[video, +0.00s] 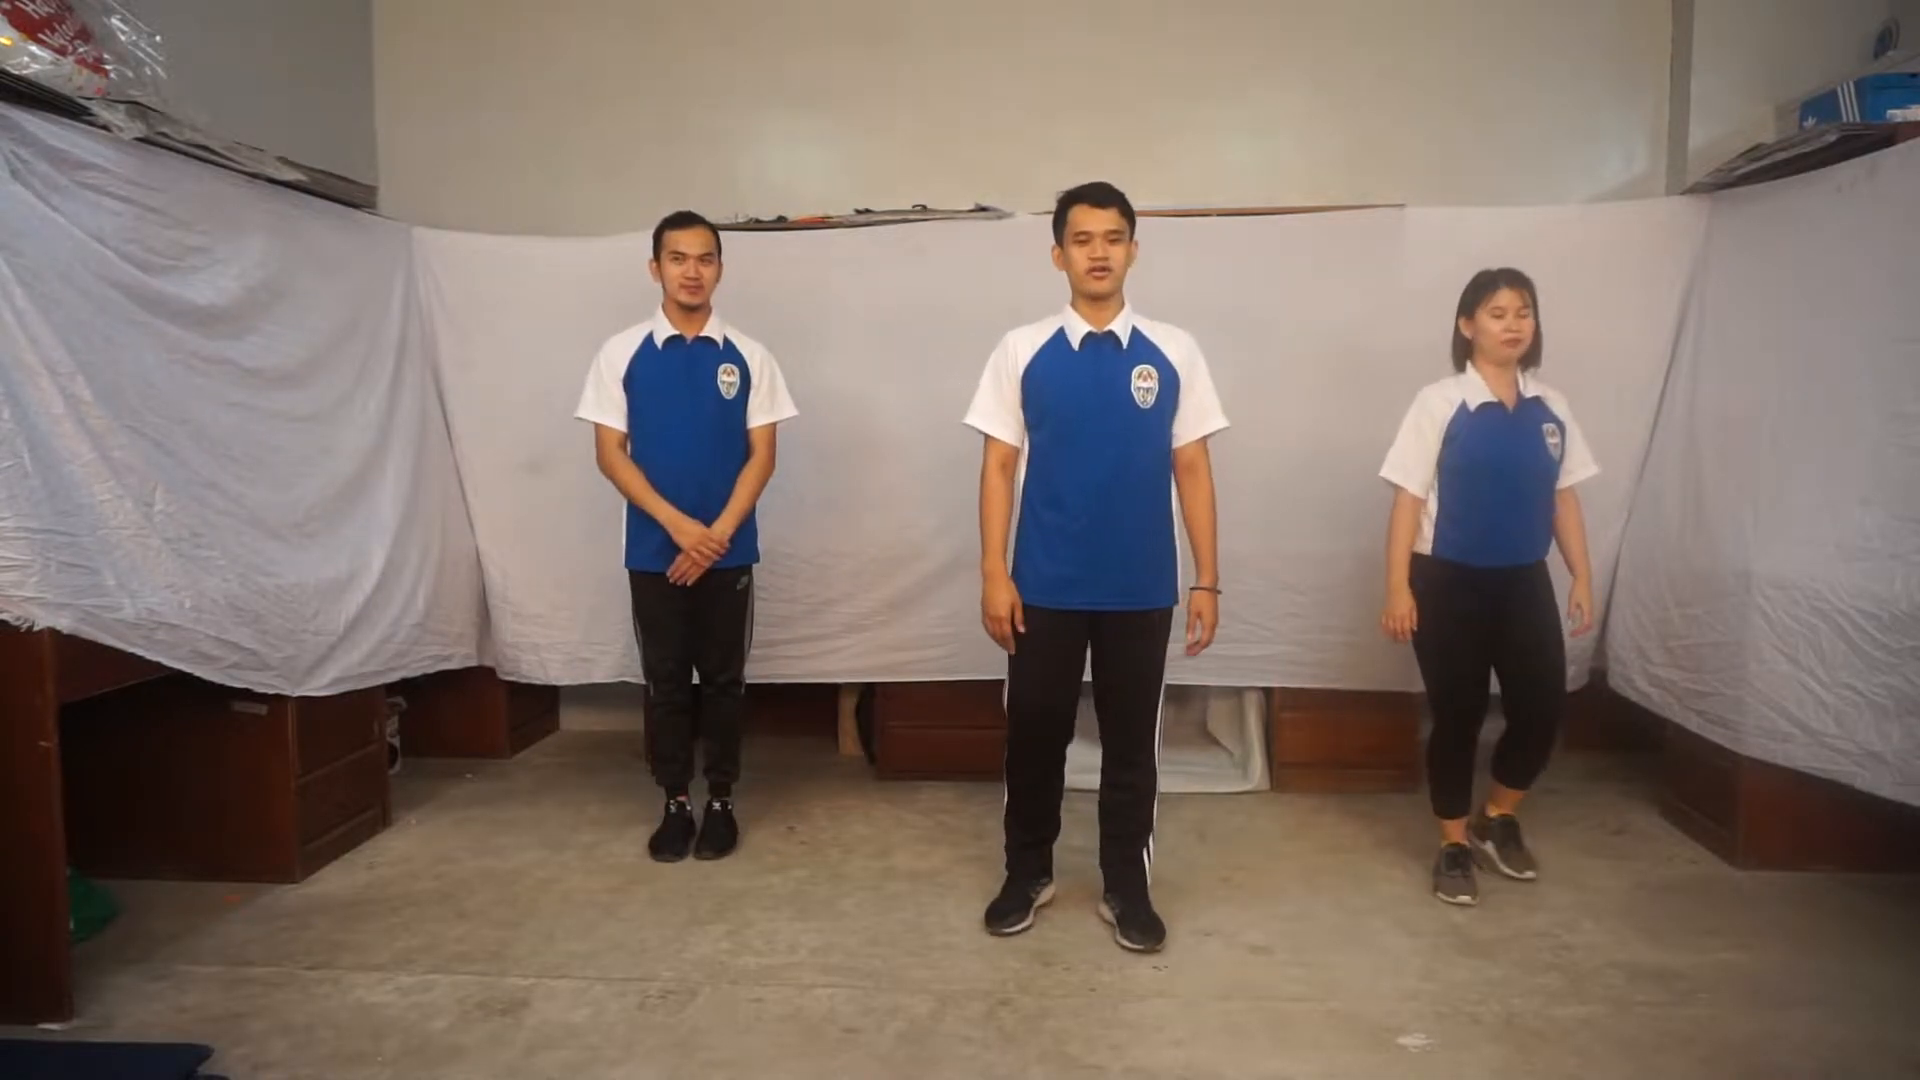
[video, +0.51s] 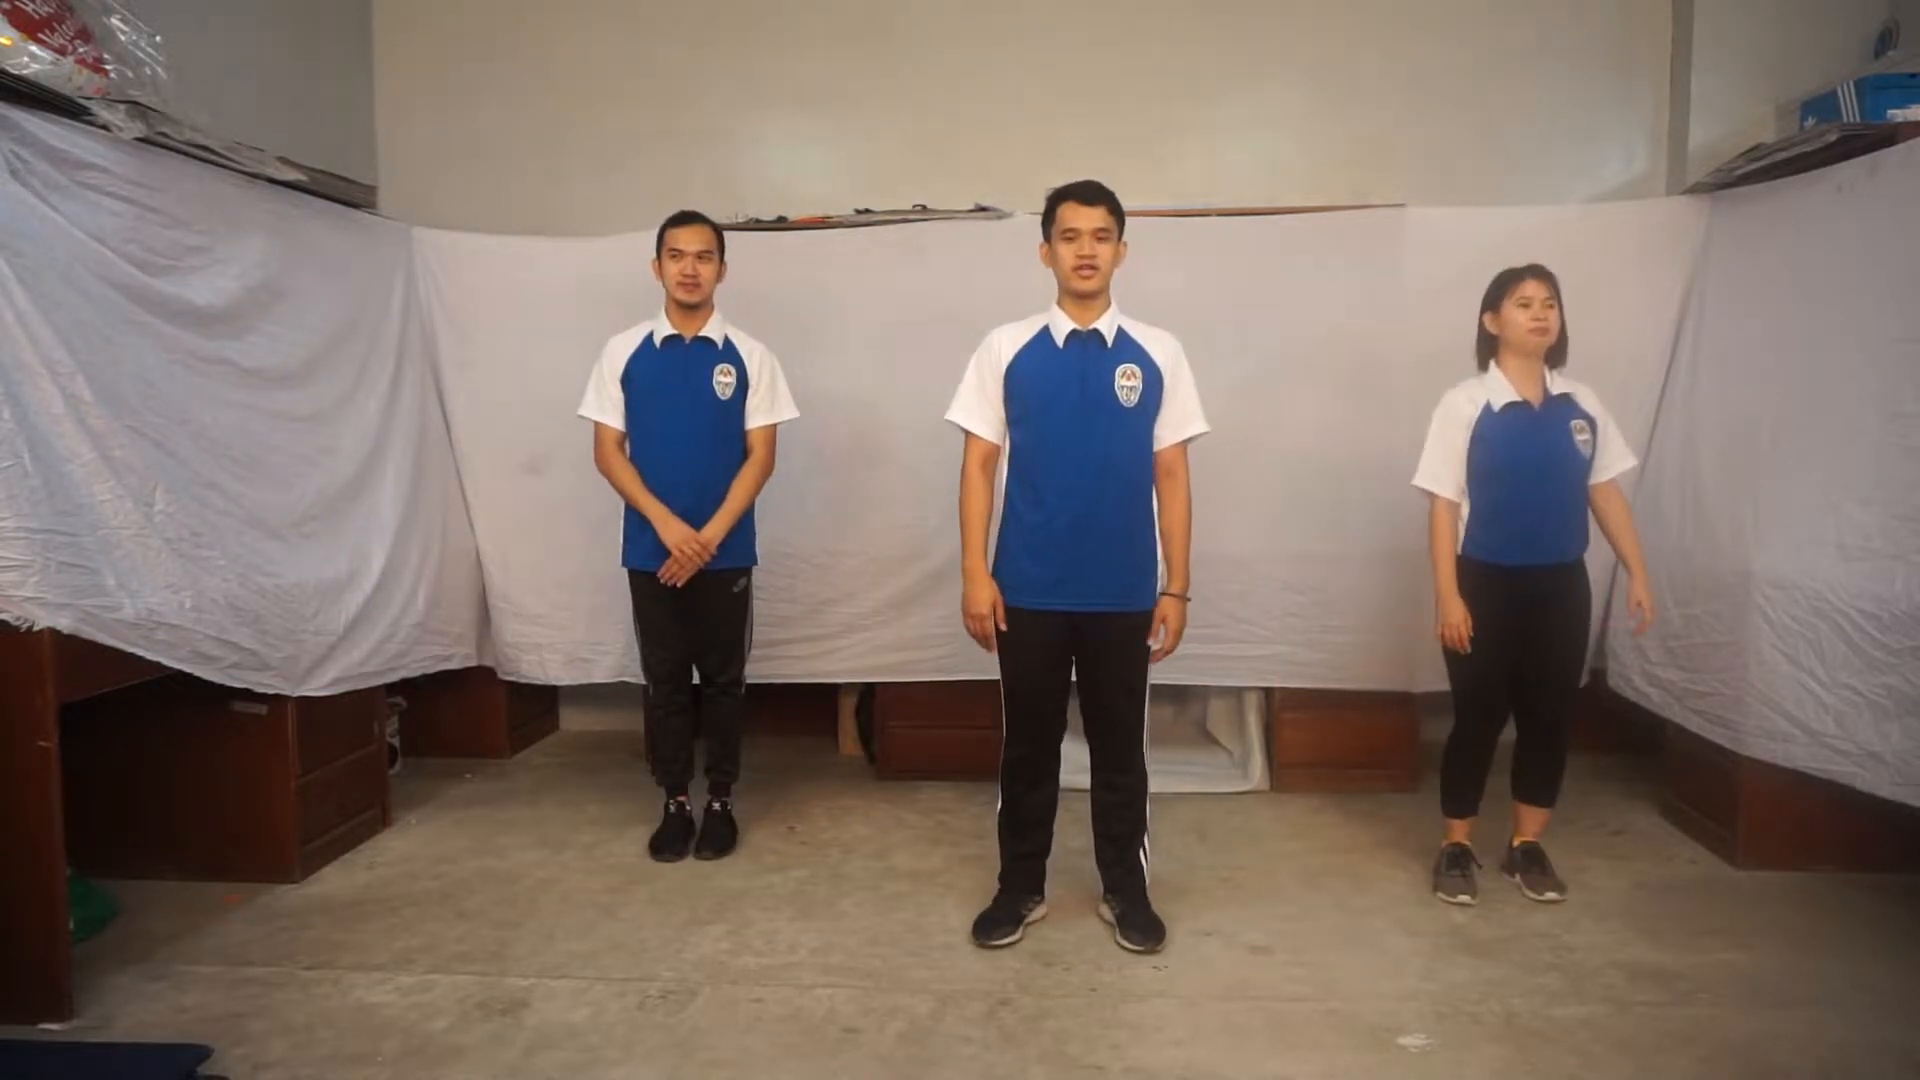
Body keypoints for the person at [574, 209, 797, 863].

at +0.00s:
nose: (693, 270)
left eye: (705, 259)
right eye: (679, 259)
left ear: (718, 269)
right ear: (657, 269)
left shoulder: (749, 357)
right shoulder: (621, 354)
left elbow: (763, 458)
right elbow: (609, 455)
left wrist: (713, 540)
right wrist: (675, 522)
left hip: (727, 555)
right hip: (654, 556)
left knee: (722, 684)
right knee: (666, 687)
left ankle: (720, 803)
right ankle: (676, 804)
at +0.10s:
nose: (693, 269)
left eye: (705, 258)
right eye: (679, 258)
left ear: (718, 269)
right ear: (657, 269)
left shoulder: (750, 357)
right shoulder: (621, 354)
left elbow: (763, 458)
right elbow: (610, 456)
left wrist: (712, 541)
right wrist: (675, 523)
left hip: (727, 556)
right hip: (654, 557)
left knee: (723, 685)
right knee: (666, 687)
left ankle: (720, 802)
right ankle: (675, 804)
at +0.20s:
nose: (693, 269)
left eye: (705, 258)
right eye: (679, 258)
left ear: (719, 269)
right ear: (658, 268)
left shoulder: (750, 357)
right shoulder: (622, 353)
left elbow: (762, 459)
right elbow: (609, 455)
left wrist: (712, 542)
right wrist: (672, 525)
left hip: (727, 555)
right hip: (654, 557)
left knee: (723, 684)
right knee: (666, 688)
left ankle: (720, 802)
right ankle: (676, 804)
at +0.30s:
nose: (693, 269)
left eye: (705, 258)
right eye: (680, 257)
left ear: (720, 270)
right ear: (659, 268)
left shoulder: (750, 358)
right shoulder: (623, 353)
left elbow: (762, 459)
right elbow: (608, 454)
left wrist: (708, 542)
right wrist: (667, 521)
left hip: (726, 555)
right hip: (654, 556)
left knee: (723, 684)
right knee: (666, 687)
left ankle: (720, 802)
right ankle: (676, 804)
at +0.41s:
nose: (691, 268)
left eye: (704, 257)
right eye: (678, 257)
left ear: (720, 269)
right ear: (659, 267)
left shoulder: (750, 358)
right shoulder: (623, 352)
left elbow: (761, 459)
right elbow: (608, 453)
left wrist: (706, 542)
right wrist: (667, 521)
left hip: (726, 556)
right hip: (653, 556)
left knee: (722, 685)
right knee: (666, 687)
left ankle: (720, 802)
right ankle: (676, 804)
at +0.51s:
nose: (690, 268)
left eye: (703, 257)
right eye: (677, 256)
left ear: (720, 269)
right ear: (659, 267)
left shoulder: (750, 358)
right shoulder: (623, 352)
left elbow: (761, 459)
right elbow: (607, 453)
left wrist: (705, 541)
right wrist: (665, 521)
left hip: (725, 556)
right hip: (653, 555)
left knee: (722, 684)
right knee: (666, 687)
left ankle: (720, 802)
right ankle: (675, 804)